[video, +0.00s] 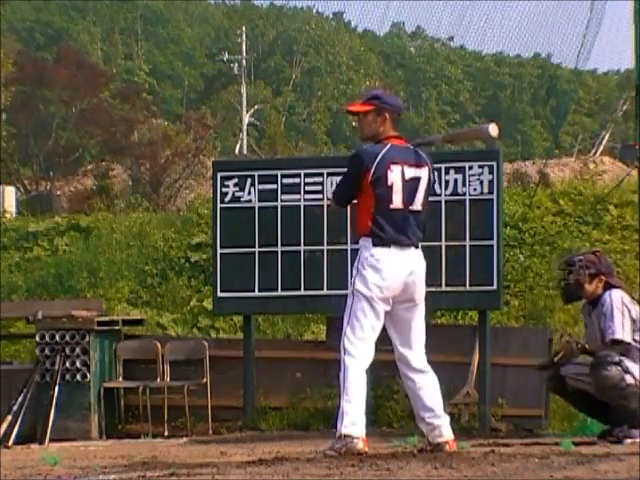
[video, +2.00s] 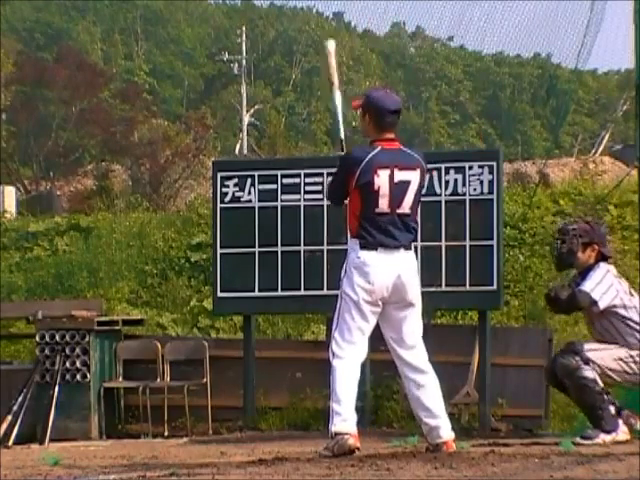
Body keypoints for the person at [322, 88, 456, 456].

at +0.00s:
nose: (358, 123)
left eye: (363, 117)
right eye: (358, 117)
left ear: (384, 119)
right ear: (388, 121)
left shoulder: (367, 156)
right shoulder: (422, 159)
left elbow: (339, 200)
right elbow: (407, 196)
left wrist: (364, 175)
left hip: (378, 260)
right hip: (414, 261)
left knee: (356, 349)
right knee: (413, 355)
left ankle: (351, 434)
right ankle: (441, 434)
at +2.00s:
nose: (361, 119)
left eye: (363, 115)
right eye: (362, 114)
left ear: (369, 119)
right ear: (396, 119)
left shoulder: (357, 160)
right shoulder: (416, 162)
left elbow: (335, 196)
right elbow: (395, 192)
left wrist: (346, 163)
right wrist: (362, 165)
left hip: (367, 263)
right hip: (406, 263)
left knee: (347, 348)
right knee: (412, 350)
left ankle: (343, 431)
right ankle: (441, 433)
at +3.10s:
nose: (357, 123)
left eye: (362, 118)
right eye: (358, 117)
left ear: (380, 120)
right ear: (391, 121)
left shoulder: (360, 156)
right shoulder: (422, 159)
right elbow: (431, 186)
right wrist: (400, 145)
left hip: (376, 261)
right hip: (416, 261)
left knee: (354, 348)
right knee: (418, 354)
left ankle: (344, 431)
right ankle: (442, 435)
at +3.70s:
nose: (349, 124)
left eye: (353, 119)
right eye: (350, 118)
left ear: (372, 121)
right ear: (379, 123)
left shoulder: (359, 156)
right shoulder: (409, 157)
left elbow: (328, 203)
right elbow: (379, 196)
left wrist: (342, 162)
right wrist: (355, 159)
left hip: (378, 260)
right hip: (412, 260)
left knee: (346, 352)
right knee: (411, 357)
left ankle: (348, 435)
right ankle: (442, 436)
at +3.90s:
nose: (331, 123)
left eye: (336, 117)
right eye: (332, 117)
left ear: (355, 120)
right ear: (357, 122)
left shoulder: (357, 154)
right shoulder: (381, 156)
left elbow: (343, 219)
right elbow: (349, 207)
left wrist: (324, 214)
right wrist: (319, 182)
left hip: (370, 257)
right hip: (397, 257)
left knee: (340, 352)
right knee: (380, 357)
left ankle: (346, 437)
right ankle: (429, 426)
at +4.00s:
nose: (320, 122)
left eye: (325, 116)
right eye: (320, 117)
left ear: (345, 120)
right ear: (346, 121)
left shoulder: (351, 153)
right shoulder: (362, 155)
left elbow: (360, 217)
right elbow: (328, 215)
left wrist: (328, 229)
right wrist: (289, 190)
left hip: (370, 257)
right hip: (390, 257)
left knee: (340, 350)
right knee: (358, 350)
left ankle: (346, 437)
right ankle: (400, 423)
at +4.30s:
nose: (289, 152)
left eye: (294, 146)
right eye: (289, 146)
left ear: (314, 149)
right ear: (309, 150)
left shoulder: (328, 179)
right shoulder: (321, 185)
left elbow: (353, 229)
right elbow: (309, 246)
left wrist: (312, 247)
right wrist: (266, 233)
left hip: (374, 275)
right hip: (365, 277)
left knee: (333, 353)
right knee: (324, 357)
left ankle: (352, 438)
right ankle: (349, 437)